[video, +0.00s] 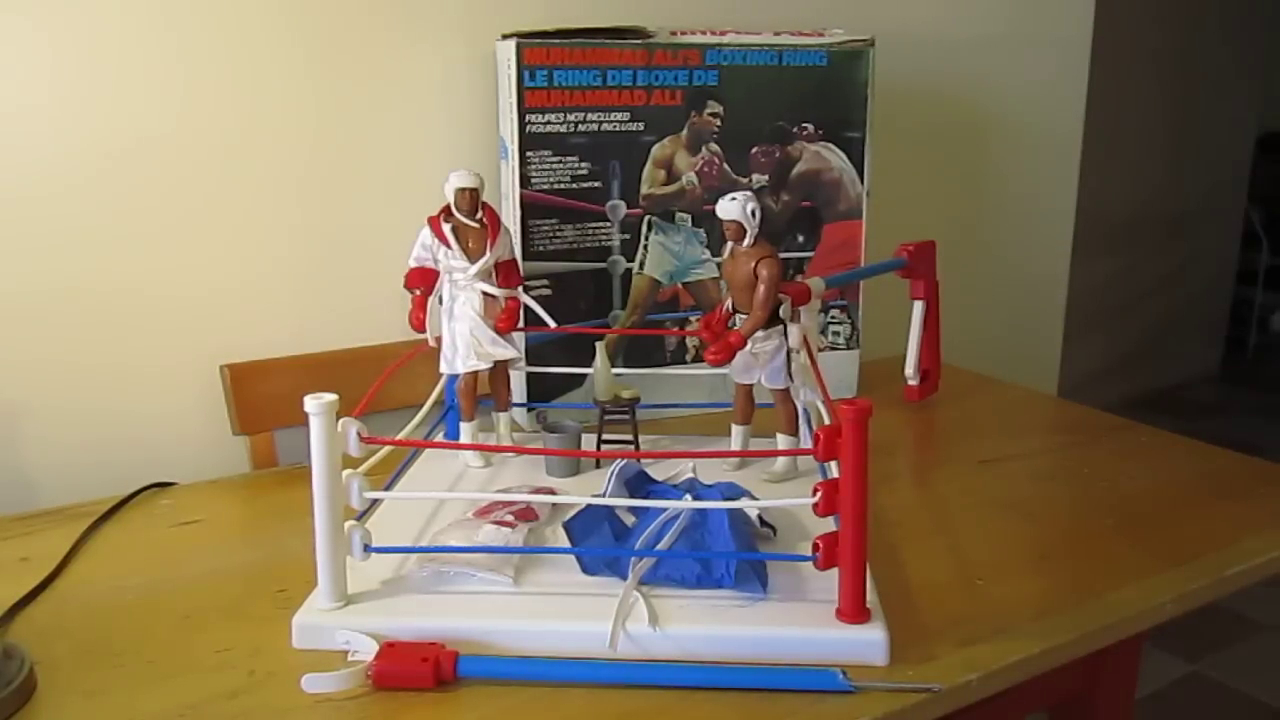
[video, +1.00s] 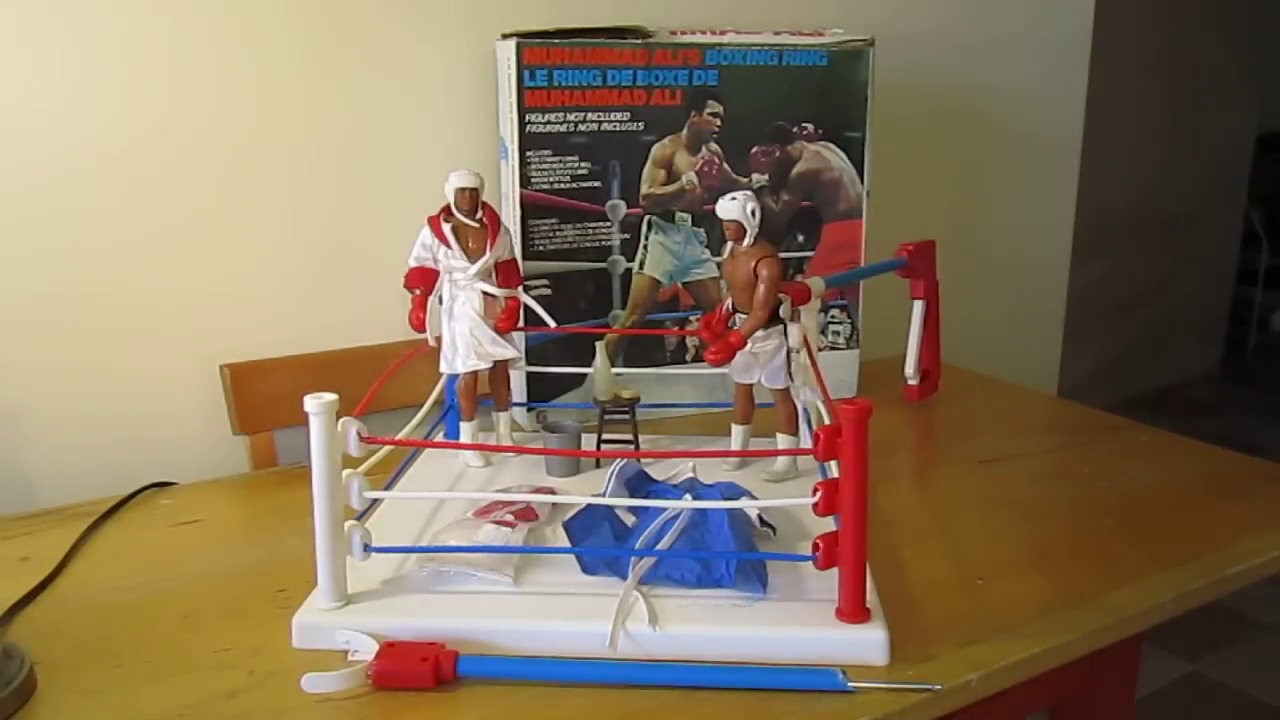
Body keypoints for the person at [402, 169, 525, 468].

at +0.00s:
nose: (467, 199)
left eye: (472, 192)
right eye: (461, 193)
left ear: (480, 195)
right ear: (450, 196)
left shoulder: (495, 228)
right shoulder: (435, 231)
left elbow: (508, 270)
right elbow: (421, 273)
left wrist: (510, 307)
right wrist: (420, 314)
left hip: (492, 303)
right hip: (458, 305)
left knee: (500, 365)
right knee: (468, 370)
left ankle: (505, 432)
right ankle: (469, 440)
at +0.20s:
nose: (467, 199)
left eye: (472, 192)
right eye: (461, 193)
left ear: (480, 194)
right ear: (450, 196)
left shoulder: (495, 227)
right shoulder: (435, 230)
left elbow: (507, 268)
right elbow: (421, 272)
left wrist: (510, 306)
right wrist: (420, 311)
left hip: (492, 303)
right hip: (458, 305)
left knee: (500, 365)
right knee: (468, 370)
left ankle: (505, 433)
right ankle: (469, 441)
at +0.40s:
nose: (467, 199)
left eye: (472, 192)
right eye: (461, 193)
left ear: (480, 194)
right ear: (450, 196)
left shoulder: (495, 228)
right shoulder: (435, 231)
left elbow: (508, 270)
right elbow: (421, 274)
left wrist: (510, 307)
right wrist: (422, 317)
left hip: (492, 303)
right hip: (458, 305)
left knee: (500, 365)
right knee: (468, 370)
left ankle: (505, 433)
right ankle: (469, 441)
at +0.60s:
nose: (468, 198)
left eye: (473, 192)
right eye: (462, 192)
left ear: (481, 195)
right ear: (451, 196)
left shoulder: (496, 229)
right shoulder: (436, 231)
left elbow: (508, 269)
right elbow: (421, 269)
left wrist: (511, 305)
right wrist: (419, 304)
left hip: (494, 304)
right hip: (459, 305)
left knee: (500, 365)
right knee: (468, 370)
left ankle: (504, 432)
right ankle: (469, 441)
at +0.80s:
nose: (468, 199)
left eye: (473, 192)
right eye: (461, 192)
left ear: (481, 195)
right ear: (451, 196)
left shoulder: (496, 229)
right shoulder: (436, 230)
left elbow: (508, 269)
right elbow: (421, 268)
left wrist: (511, 304)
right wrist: (419, 303)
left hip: (493, 303)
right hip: (459, 304)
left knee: (500, 364)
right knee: (468, 370)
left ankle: (505, 432)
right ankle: (468, 441)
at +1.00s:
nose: (468, 198)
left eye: (473, 191)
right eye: (462, 192)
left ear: (481, 194)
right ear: (451, 196)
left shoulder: (496, 228)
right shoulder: (436, 230)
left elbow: (508, 268)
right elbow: (422, 267)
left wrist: (512, 304)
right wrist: (419, 303)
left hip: (493, 304)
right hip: (459, 306)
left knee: (500, 365)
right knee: (469, 370)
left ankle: (504, 433)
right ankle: (469, 441)